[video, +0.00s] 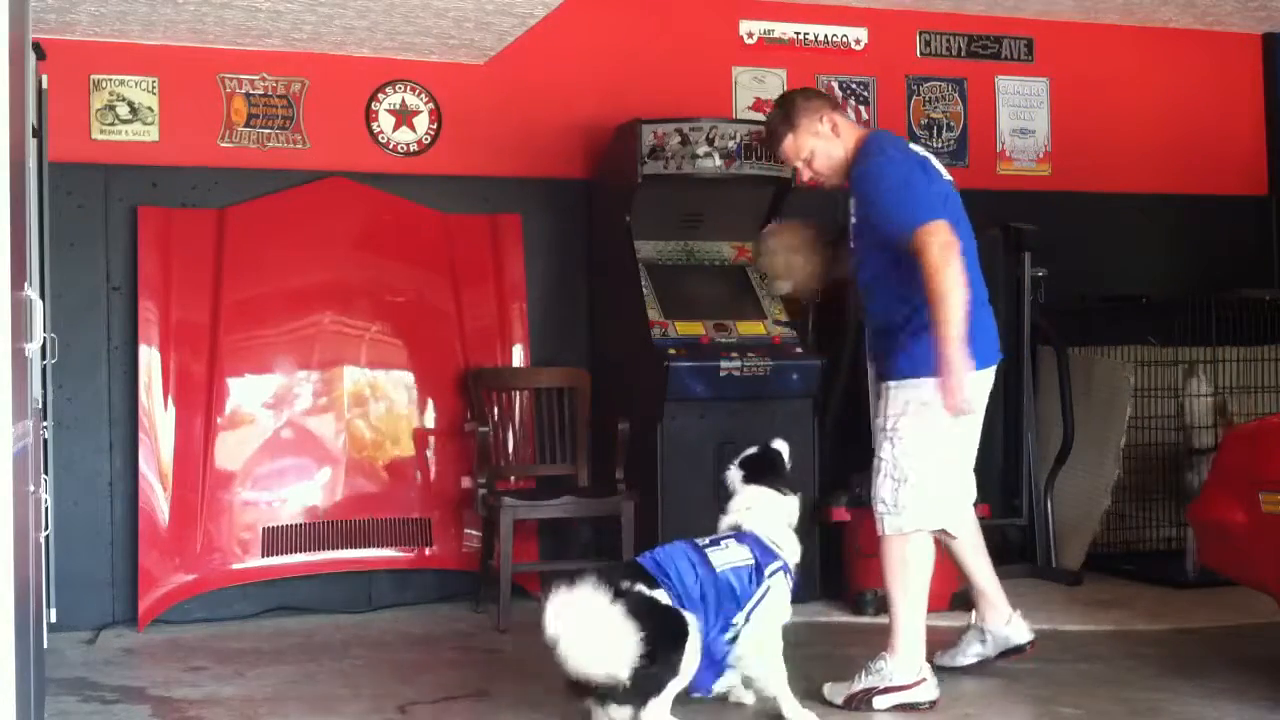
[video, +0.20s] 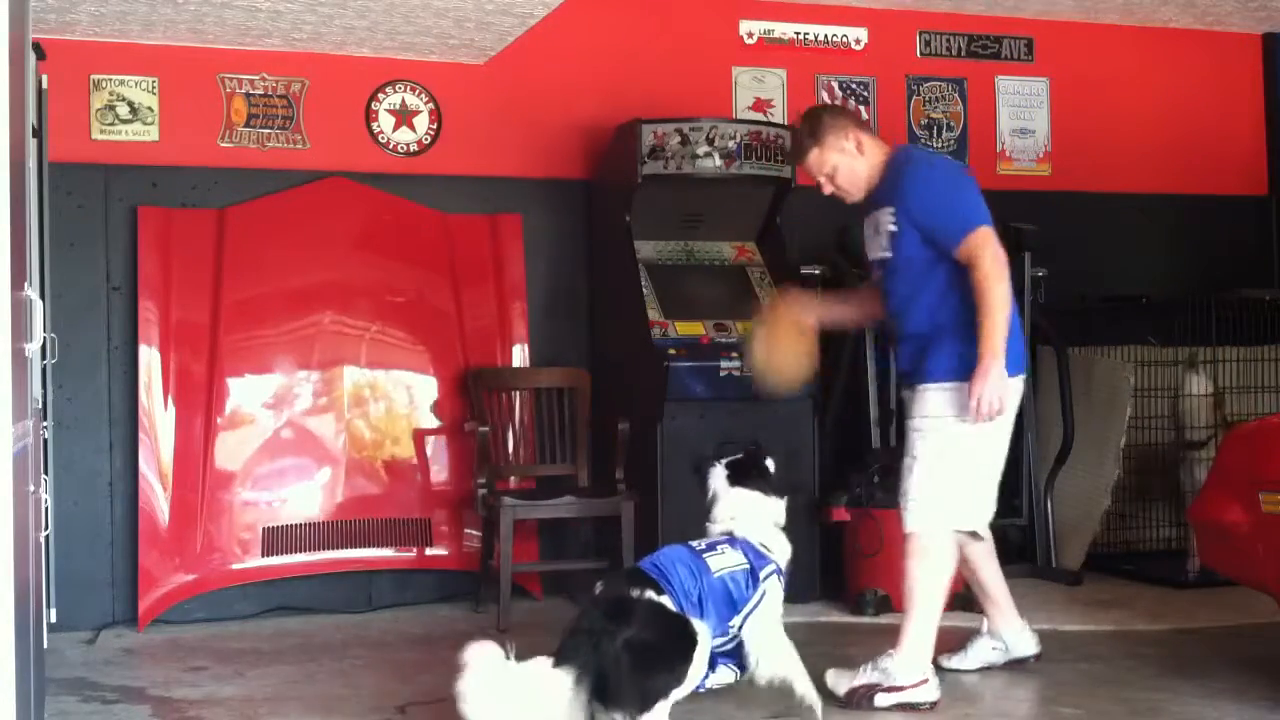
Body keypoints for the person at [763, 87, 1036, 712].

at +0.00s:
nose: (804, 177)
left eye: (802, 159)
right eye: (796, 169)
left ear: (832, 123)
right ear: (836, 124)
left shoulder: (883, 164)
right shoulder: (882, 162)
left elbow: (938, 245)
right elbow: (885, 255)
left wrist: (953, 355)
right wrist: (819, 265)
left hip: (923, 363)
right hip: (940, 358)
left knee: (902, 507)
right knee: (945, 497)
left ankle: (906, 664)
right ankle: (999, 618)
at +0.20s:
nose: (829, 191)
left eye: (827, 176)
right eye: (820, 184)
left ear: (856, 142)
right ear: (846, 152)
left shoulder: (926, 179)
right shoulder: (880, 204)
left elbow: (989, 258)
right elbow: (887, 299)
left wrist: (991, 364)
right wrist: (813, 308)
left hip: (962, 377)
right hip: (935, 376)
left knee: (927, 513)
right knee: (956, 511)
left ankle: (911, 665)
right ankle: (1008, 628)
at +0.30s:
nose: (840, 202)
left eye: (840, 186)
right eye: (831, 194)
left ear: (870, 154)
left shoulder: (944, 185)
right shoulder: (881, 223)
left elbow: (1002, 269)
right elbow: (881, 325)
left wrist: (986, 369)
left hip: (995, 375)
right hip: (942, 379)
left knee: (960, 511)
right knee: (963, 512)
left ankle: (930, 655)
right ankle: (1012, 634)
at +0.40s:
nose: (848, 210)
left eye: (849, 195)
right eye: (840, 201)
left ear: (878, 163)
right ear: (866, 176)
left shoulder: (953, 190)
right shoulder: (882, 227)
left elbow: (1005, 279)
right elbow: (896, 318)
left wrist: (978, 378)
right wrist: (889, 403)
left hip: (1014, 366)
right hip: (956, 371)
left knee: (986, 498)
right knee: (964, 502)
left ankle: (996, 642)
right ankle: (1008, 632)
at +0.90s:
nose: (883, 228)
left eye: (887, 213)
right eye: (875, 220)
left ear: (919, 185)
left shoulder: (986, 223)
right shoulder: (911, 242)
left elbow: (1018, 310)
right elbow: (924, 321)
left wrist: (949, 347)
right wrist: (912, 391)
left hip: (1042, 369)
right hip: (979, 378)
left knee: (1046, 502)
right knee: (983, 503)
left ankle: (1077, 644)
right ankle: (1015, 621)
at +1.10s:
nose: (882, 226)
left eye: (887, 211)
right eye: (874, 217)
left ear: (920, 189)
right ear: (873, 213)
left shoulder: (973, 227)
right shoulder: (903, 252)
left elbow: (952, 321)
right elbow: (895, 332)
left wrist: (861, 357)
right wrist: (846, 369)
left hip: (1061, 369)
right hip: (997, 379)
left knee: (1056, 500)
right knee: (985, 498)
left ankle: (1074, 644)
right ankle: (1015, 622)